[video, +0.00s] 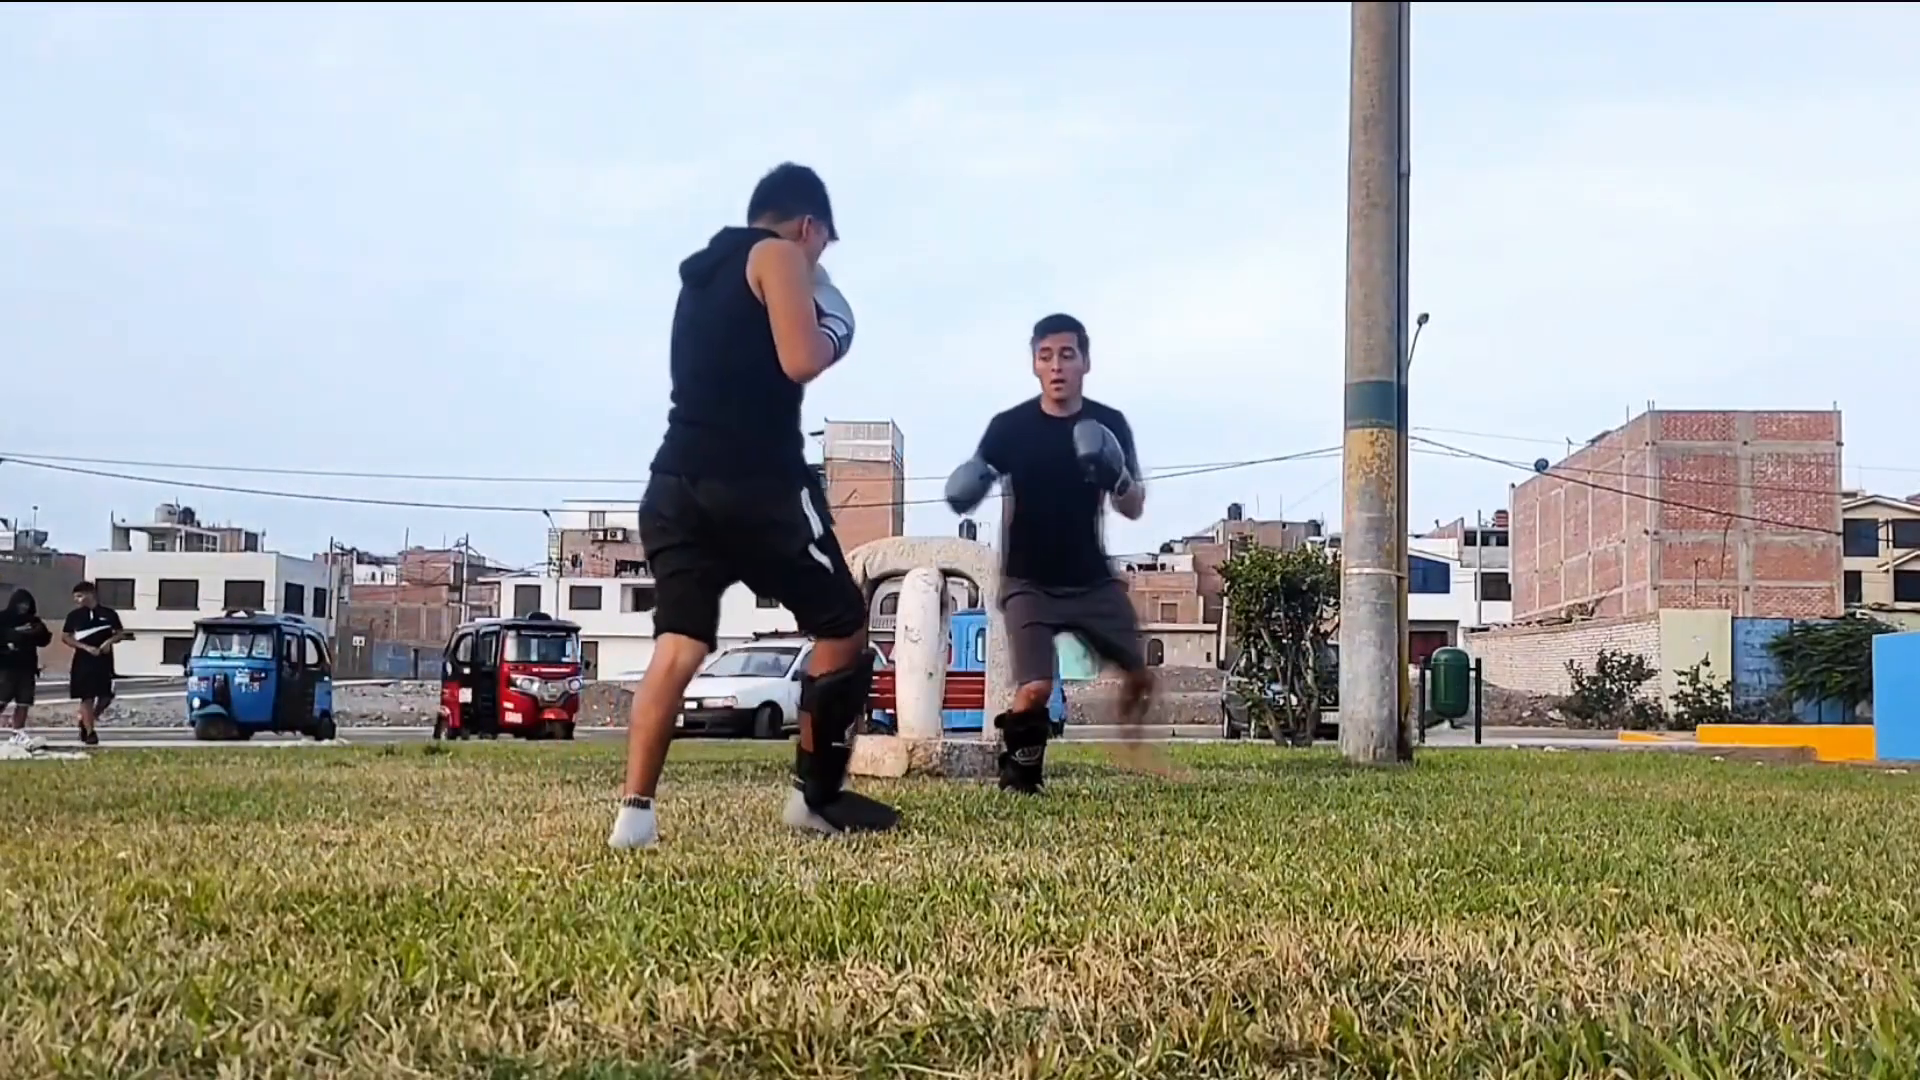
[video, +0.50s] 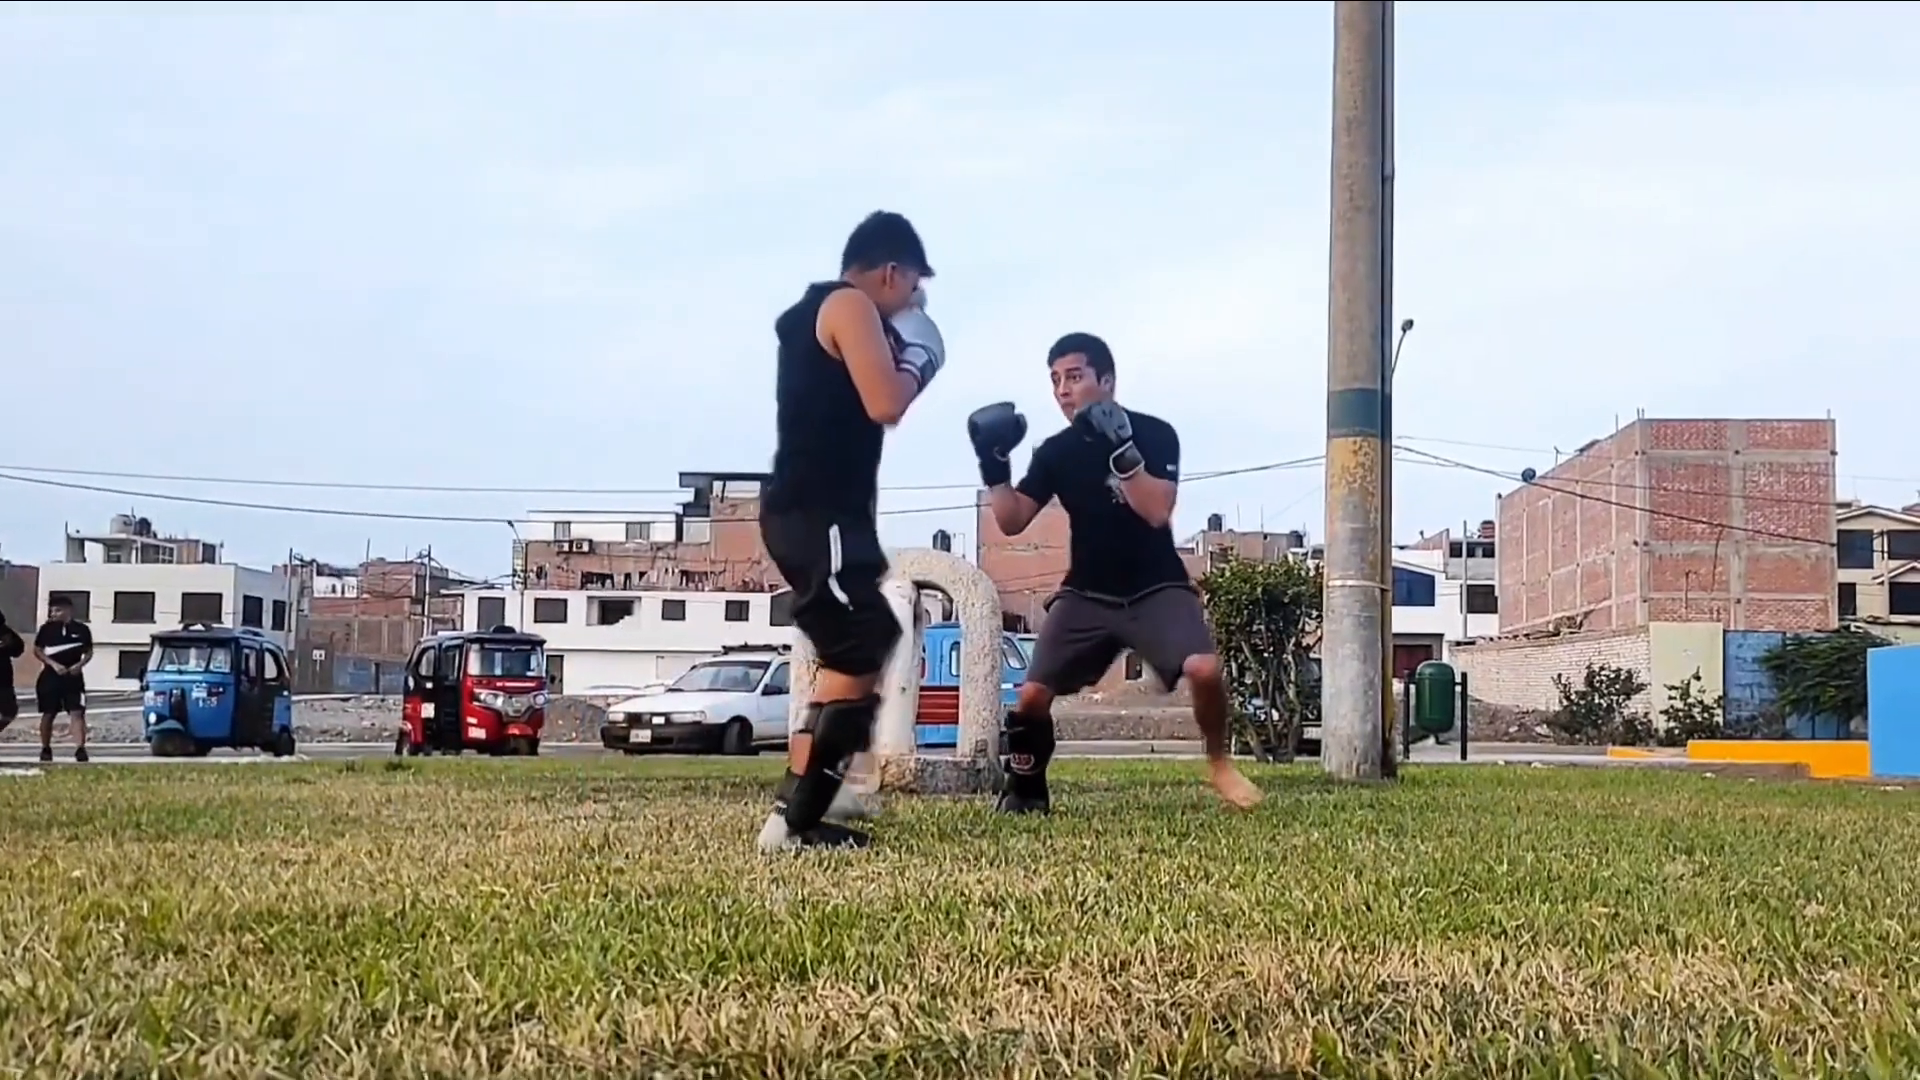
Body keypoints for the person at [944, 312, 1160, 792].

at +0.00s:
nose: (1056, 365)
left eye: (1067, 354)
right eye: (1046, 355)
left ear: (1086, 363)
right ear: (1034, 364)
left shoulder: (1109, 424)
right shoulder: (1007, 426)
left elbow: (1133, 509)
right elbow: (970, 492)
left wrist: (1116, 473)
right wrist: (962, 491)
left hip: (1090, 578)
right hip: (1027, 580)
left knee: (1140, 676)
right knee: (1035, 687)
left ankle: (1127, 745)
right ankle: (1019, 792)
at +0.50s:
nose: (1062, 387)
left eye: (1073, 376)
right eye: (1056, 379)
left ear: (1106, 379)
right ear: (1052, 387)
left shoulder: (1154, 433)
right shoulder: (1055, 450)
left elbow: (1158, 511)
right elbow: (1011, 521)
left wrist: (1122, 449)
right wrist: (992, 460)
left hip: (1158, 588)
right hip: (1086, 594)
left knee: (1205, 668)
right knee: (1032, 695)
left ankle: (1219, 764)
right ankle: (1027, 798)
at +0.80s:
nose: (1122, 356)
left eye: (1132, 342)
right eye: (1118, 346)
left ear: (1173, 340)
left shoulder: (1221, 397)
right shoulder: (1152, 414)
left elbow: (1189, 469)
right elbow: (1093, 488)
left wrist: (1140, 406)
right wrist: (1076, 420)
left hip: (1216, 579)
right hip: (1161, 578)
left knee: (1186, 707)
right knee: (1114, 698)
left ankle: (1204, 841)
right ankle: (1096, 825)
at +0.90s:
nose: (1149, 344)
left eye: (1156, 332)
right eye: (1143, 336)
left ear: (1196, 323)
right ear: (1182, 333)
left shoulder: (1251, 376)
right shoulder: (1185, 398)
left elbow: (1213, 448)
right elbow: (1117, 468)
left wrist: (1168, 379)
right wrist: (1098, 394)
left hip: (1256, 566)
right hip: (1209, 569)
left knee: (1222, 695)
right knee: (1171, 700)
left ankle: (1240, 832)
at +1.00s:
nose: (1189, 355)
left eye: (1197, 341)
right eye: (1182, 346)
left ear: (1231, 333)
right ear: (1208, 347)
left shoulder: (1289, 388)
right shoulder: (1221, 412)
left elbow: (1230, 445)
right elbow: (1141, 466)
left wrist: (1192, 374)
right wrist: (1126, 386)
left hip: (1301, 579)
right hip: (1260, 582)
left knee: (1262, 702)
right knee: (1244, 735)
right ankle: (1299, 865)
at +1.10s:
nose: (1225, 376)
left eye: (1232, 361)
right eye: (1221, 364)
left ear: (1269, 355)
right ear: (1261, 363)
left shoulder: (1319, 413)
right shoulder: (1272, 430)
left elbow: (1246, 476)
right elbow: (1193, 489)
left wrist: (1213, 400)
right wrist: (1170, 422)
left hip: (1355, 612)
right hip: (1310, 617)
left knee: (1338, 747)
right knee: (1271, 747)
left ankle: (1449, 901)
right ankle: (1297, 886)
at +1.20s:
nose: (1251, 378)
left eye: (1257, 363)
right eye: (1245, 367)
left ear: (1302, 357)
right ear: (1289, 364)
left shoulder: (1351, 420)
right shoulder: (1304, 434)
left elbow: (1280, 506)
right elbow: (1244, 519)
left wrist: (1244, 434)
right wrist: (1209, 451)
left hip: (1394, 620)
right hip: (1351, 619)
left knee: (1342, 770)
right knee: (1297, 755)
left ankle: (1444, 916)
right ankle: (1345, 895)